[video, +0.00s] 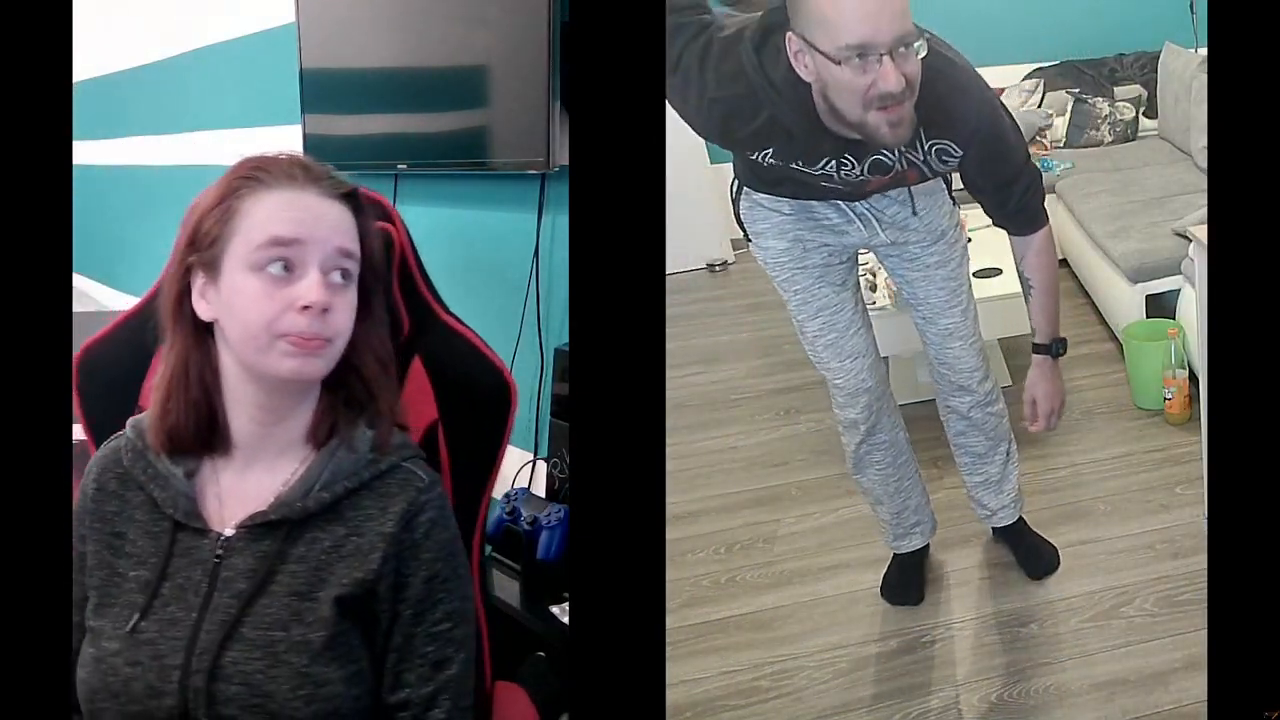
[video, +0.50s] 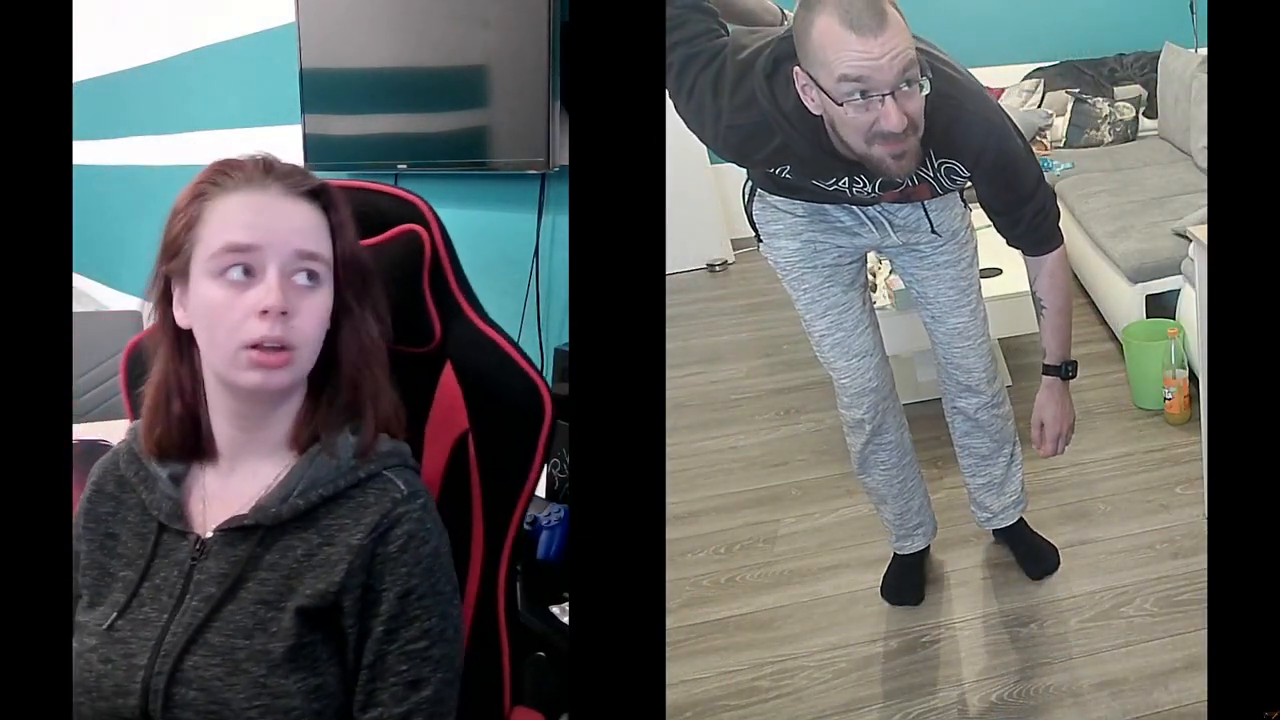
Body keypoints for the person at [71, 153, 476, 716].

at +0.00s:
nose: (317, 297)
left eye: (340, 273)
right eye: (280, 266)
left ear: (357, 303)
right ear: (204, 292)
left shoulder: (402, 503)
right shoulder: (115, 480)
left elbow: (436, 705)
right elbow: (77, 676)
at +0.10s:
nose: (315, 296)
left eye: (338, 272)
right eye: (278, 265)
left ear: (354, 302)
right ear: (202, 292)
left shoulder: (396, 502)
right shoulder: (115, 481)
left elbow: (429, 705)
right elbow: (81, 679)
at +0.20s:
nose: (314, 293)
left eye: (336, 269)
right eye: (277, 261)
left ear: (352, 300)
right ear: (201, 290)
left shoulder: (392, 501)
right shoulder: (113, 482)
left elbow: (423, 705)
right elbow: (84, 678)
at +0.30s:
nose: (305, 292)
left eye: (330, 269)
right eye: (267, 261)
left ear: (347, 303)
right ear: (196, 291)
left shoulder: (389, 504)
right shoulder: (113, 480)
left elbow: (418, 705)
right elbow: (84, 678)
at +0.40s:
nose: (279, 299)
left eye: (310, 273)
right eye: (245, 267)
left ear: (338, 306)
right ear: (185, 297)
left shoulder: (388, 512)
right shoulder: (115, 483)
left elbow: (415, 704)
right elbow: (83, 675)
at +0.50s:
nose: (275, 302)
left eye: (306, 276)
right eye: (240, 271)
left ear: (334, 306)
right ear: (180, 300)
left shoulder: (387, 518)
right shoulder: (117, 485)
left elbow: (410, 706)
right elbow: (84, 678)